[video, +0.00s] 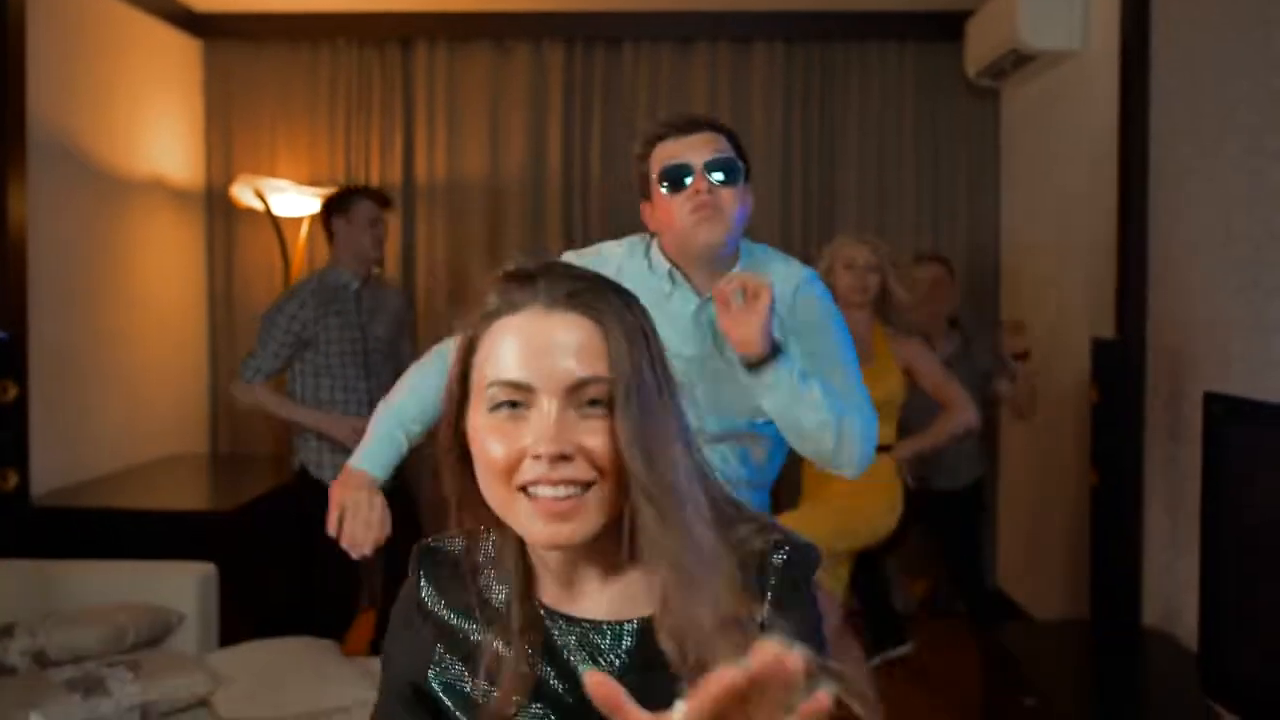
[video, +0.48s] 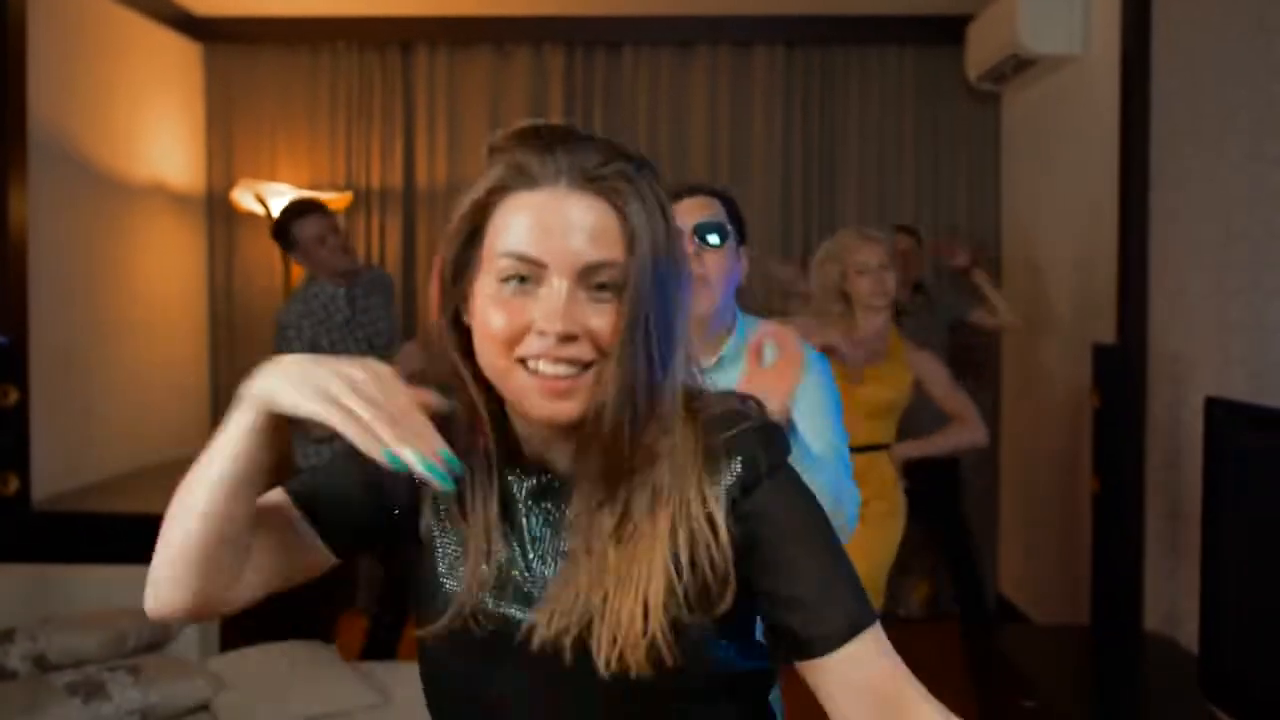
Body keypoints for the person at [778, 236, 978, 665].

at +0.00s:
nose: (860, 279)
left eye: (870, 270)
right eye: (849, 268)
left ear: (882, 281)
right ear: (829, 277)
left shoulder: (899, 347)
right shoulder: (814, 341)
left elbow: (964, 413)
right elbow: (779, 397)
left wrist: (901, 452)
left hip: (874, 487)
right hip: (817, 485)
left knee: (773, 541)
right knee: (823, 617)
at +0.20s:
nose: (869, 258)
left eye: (877, 248)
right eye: (856, 249)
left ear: (888, 258)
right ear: (835, 259)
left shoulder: (906, 329)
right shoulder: (814, 322)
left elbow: (971, 399)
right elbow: (780, 381)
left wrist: (901, 431)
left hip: (872, 468)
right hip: (814, 469)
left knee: (792, 565)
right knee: (824, 595)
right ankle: (854, 713)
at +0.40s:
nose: (877, 266)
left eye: (883, 254)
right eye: (861, 256)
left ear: (894, 263)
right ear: (839, 267)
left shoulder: (907, 340)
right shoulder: (815, 329)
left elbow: (973, 413)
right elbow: (757, 369)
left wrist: (899, 438)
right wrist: (803, 316)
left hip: (876, 476)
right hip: (816, 470)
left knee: (844, 596)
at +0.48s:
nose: (878, 282)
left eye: (885, 271)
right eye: (864, 273)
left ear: (896, 280)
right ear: (841, 283)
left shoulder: (910, 356)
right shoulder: (813, 340)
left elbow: (974, 431)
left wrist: (902, 449)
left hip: (878, 486)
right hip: (816, 483)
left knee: (851, 608)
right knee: (819, 599)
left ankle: (852, 698)